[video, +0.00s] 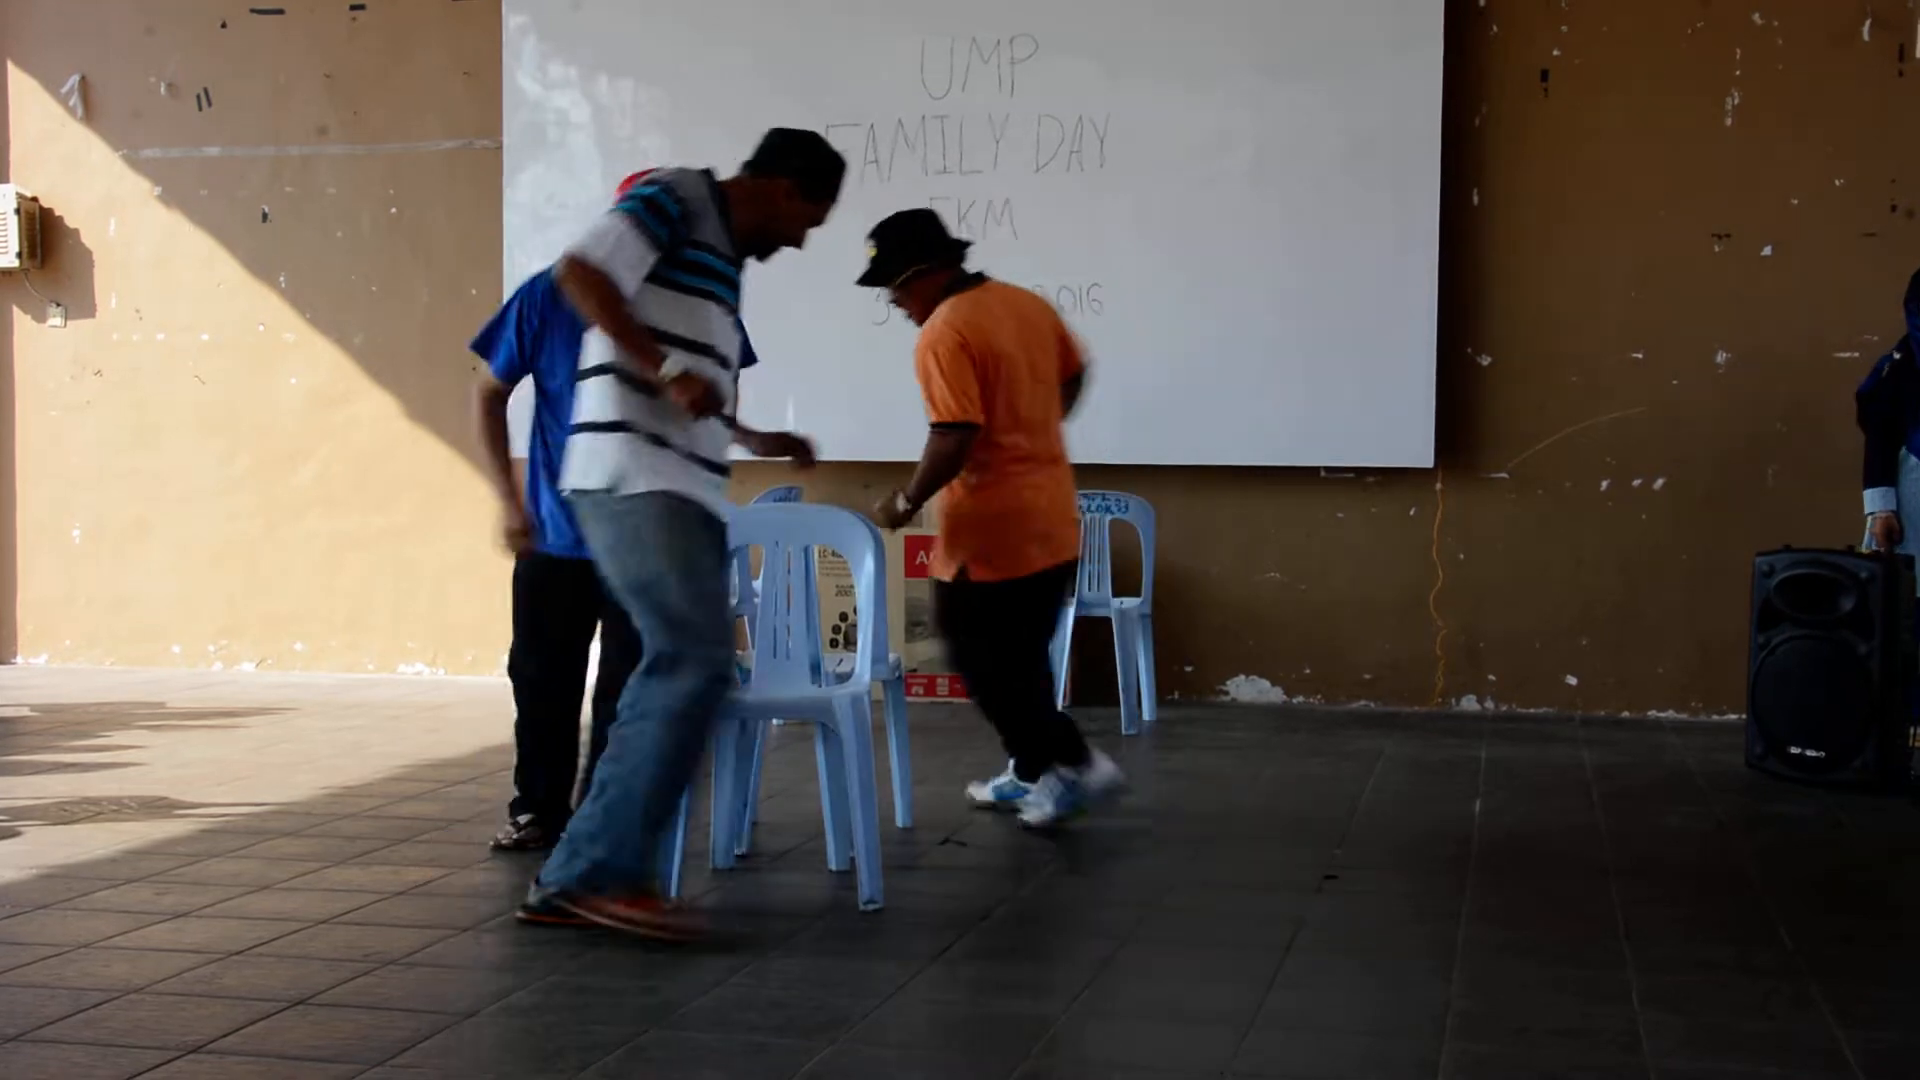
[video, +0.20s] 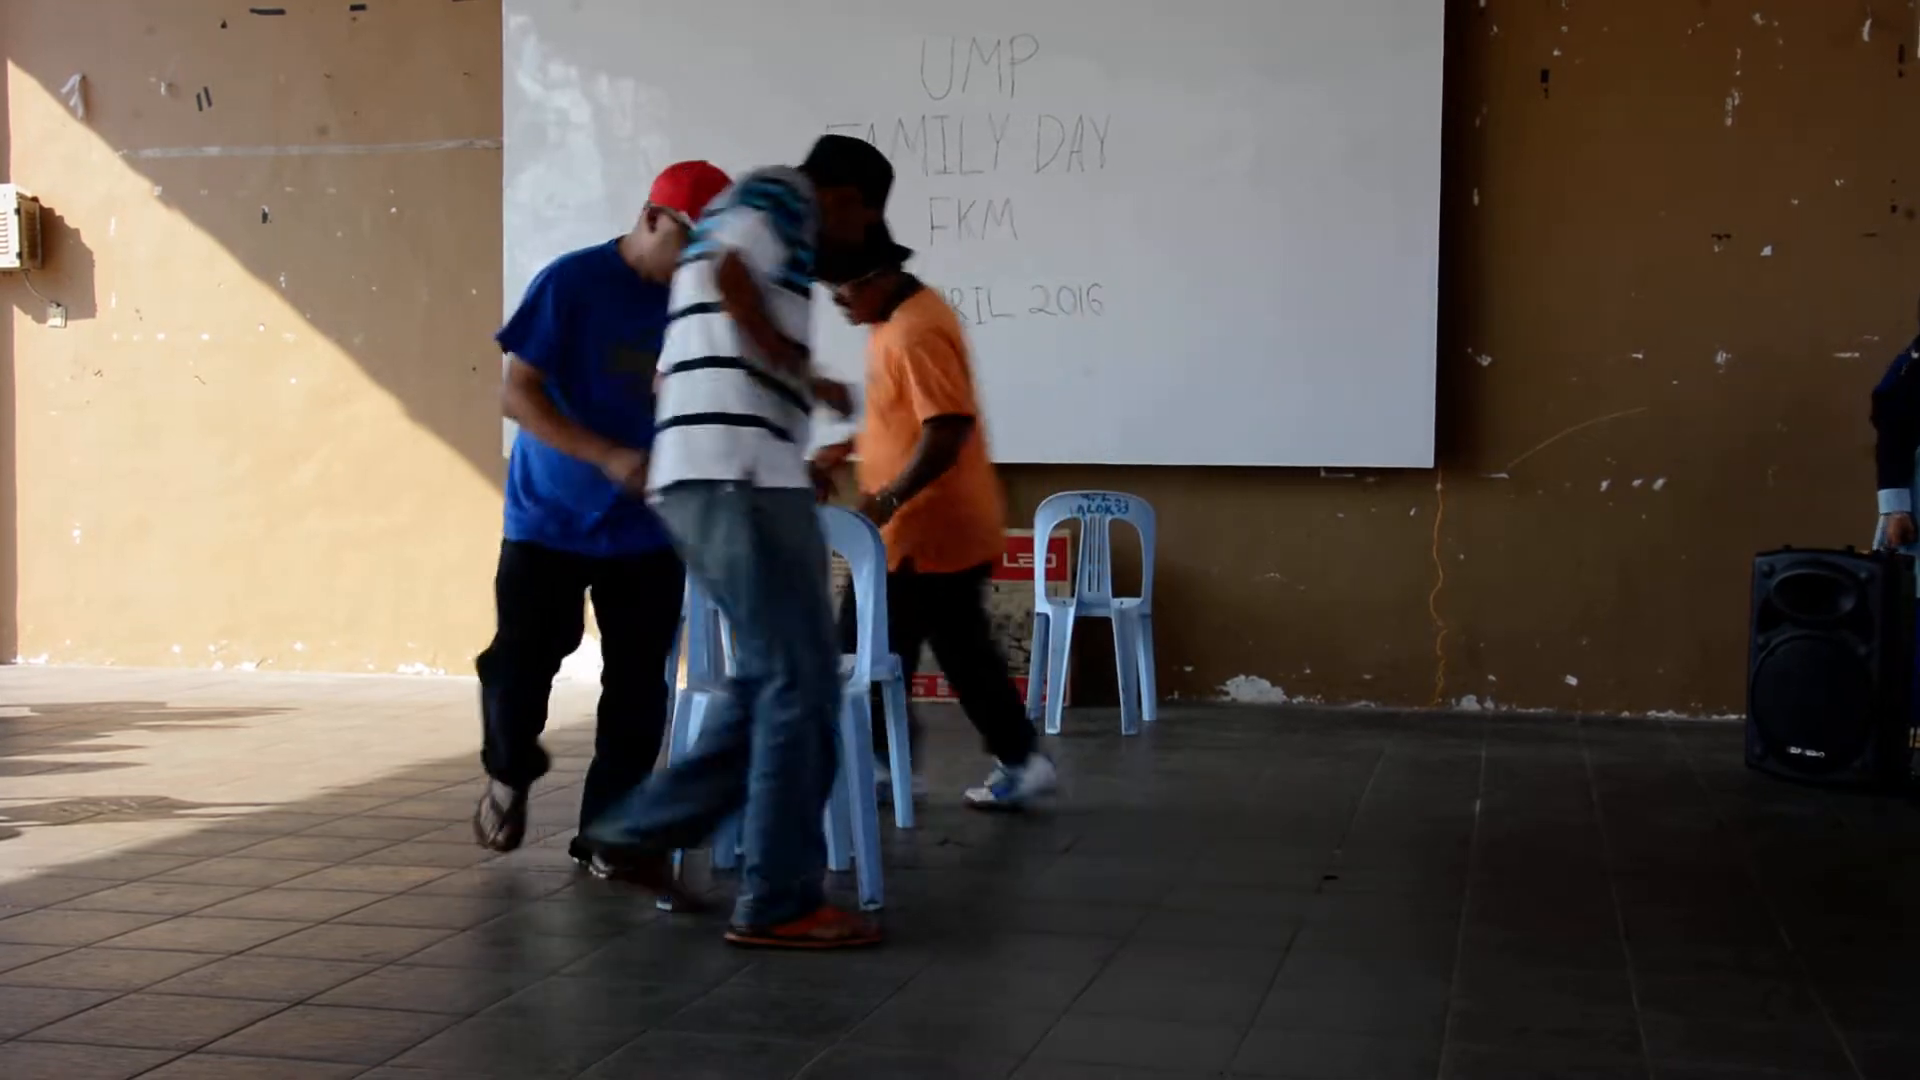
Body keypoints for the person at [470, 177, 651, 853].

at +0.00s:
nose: (643, 235)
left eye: (660, 221)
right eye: (638, 216)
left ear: (678, 233)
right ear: (616, 220)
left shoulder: (686, 307)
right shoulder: (555, 294)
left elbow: (702, 412)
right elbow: (489, 393)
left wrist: (755, 441)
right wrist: (511, 499)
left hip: (639, 534)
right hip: (557, 531)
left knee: (627, 689)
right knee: (541, 680)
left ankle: (607, 819)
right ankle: (539, 809)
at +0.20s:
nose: (692, 255)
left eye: (703, 243)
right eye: (686, 237)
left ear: (706, 241)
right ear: (652, 218)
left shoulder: (694, 301)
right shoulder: (570, 283)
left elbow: (710, 398)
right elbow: (515, 395)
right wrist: (610, 454)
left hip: (646, 529)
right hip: (549, 523)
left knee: (638, 687)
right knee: (520, 660)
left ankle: (610, 833)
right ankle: (509, 775)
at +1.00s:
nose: (785, 256)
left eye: (792, 244)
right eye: (789, 238)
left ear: (725, 204)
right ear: (763, 212)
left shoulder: (655, 252)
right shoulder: (724, 256)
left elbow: (643, 405)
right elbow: (762, 398)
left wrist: (725, 480)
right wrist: (804, 463)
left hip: (581, 508)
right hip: (645, 523)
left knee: (619, 694)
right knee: (696, 713)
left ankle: (569, 855)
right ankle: (653, 884)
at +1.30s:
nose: (829, 301)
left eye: (834, 290)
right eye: (834, 286)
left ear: (767, 246)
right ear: (820, 267)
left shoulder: (697, 280)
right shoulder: (805, 311)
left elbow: (667, 423)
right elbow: (843, 431)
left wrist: (747, 499)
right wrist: (884, 464)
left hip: (575, 502)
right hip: (643, 516)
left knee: (662, 705)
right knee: (691, 711)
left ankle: (646, 881)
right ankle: (625, 902)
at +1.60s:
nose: (851, 272)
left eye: (853, 262)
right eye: (850, 259)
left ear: (777, 226)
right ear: (833, 242)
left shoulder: (710, 270)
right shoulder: (818, 270)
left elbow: (673, 408)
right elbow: (908, 370)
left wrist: (764, 494)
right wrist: (952, 416)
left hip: (607, 503)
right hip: (672, 511)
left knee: (685, 704)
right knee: (740, 708)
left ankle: (641, 885)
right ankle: (704, 921)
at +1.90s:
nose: (866, 233)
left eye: (865, 223)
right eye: (866, 220)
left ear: (786, 200)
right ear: (851, 205)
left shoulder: (735, 263)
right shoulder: (848, 250)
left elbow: (749, 404)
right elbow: (867, 400)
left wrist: (876, 437)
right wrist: (849, 507)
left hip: (692, 503)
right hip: (754, 507)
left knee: (835, 665)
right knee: (769, 701)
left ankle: (763, 865)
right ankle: (703, 918)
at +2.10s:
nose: (909, 241)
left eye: (904, 232)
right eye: (909, 229)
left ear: (828, 214)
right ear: (897, 219)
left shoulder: (775, 274)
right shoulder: (906, 268)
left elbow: (741, 403)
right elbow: (944, 404)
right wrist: (970, 497)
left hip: (748, 514)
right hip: (822, 519)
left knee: (867, 701)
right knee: (846, 704)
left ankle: (874, 895)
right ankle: (710, 904)